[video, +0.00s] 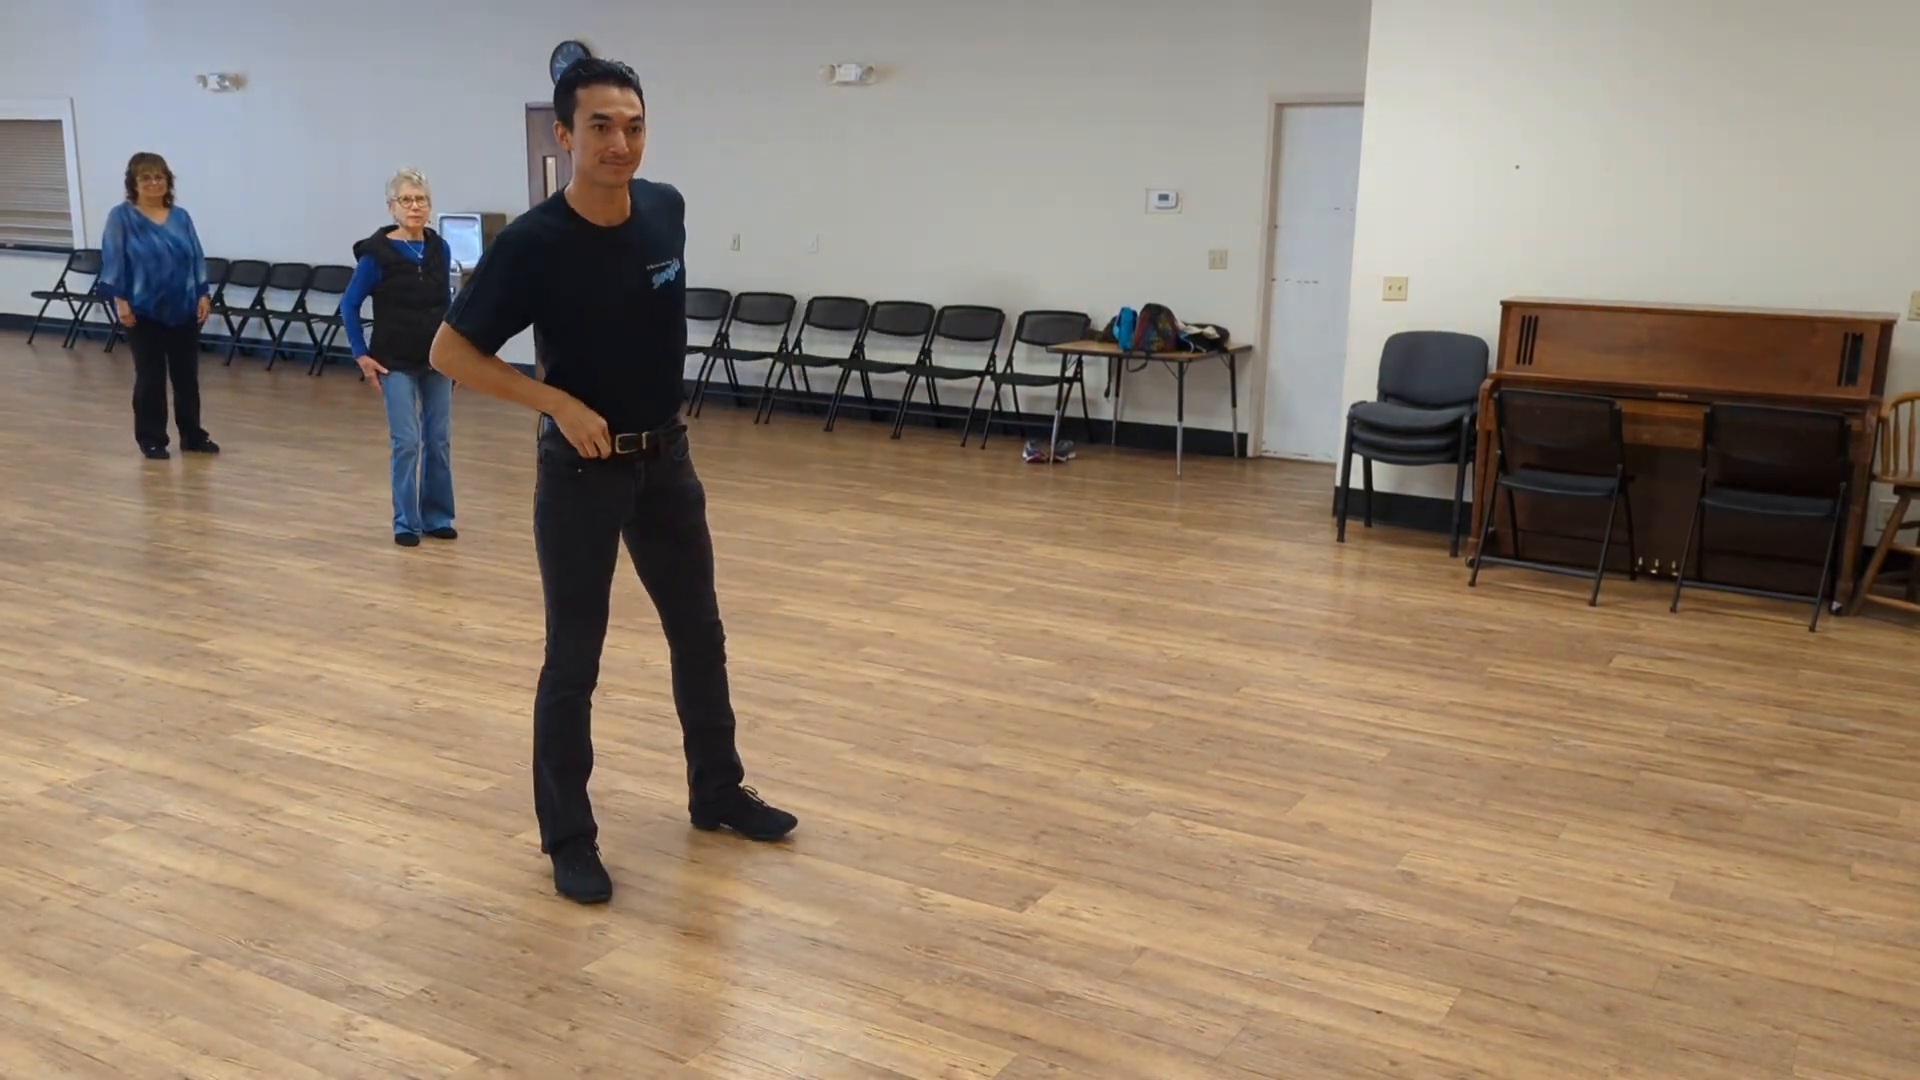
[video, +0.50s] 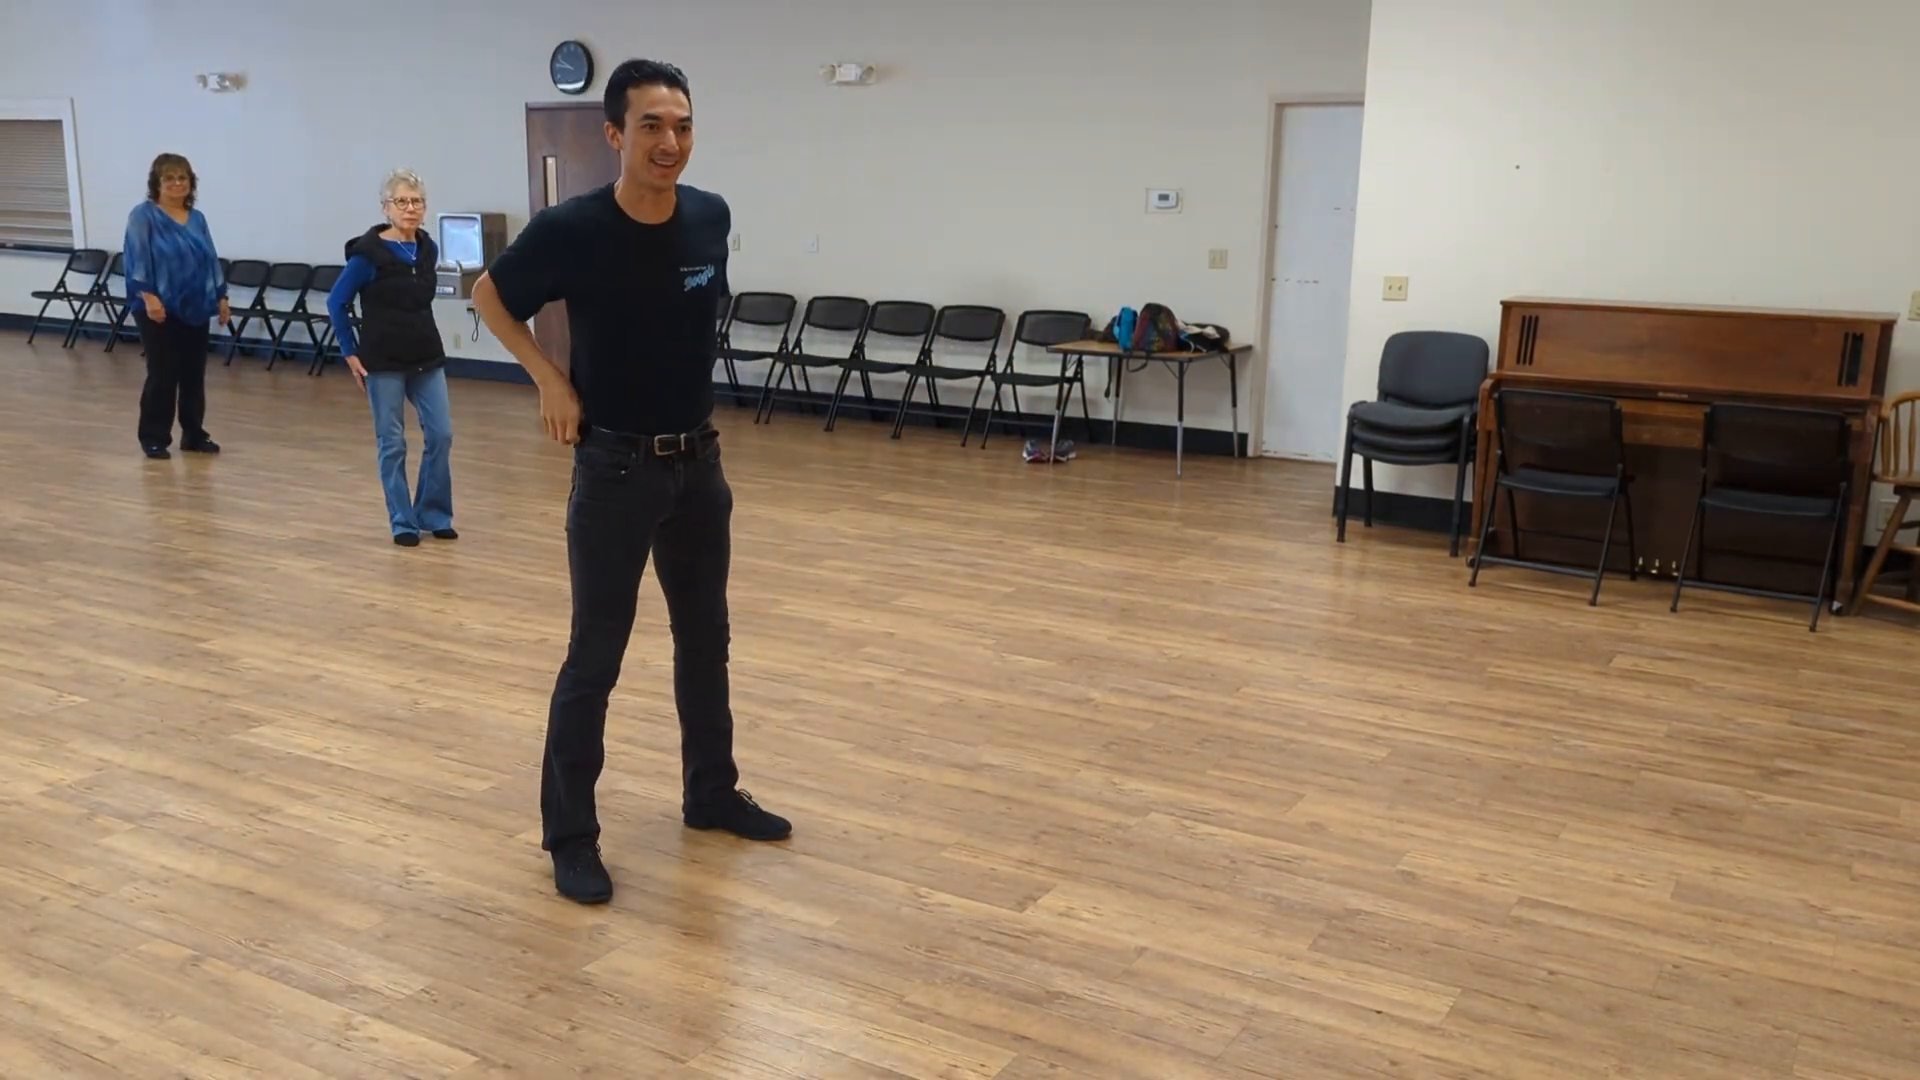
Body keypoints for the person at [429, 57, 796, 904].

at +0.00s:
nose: (619, 142)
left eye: (631, 127)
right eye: (601, 127)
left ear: (645, 133)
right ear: (566, 134)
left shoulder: (665, 209)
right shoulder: (532, 242)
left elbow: (652, 317)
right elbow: (448, 350)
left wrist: (659, 405)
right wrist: (553, 400)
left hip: (663, 462)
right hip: (581, 474)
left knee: (699, 635)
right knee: (573, 662)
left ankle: (718, 793)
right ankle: (569, 842)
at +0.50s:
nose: (671, 141)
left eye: (681, 126)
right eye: (653, 126)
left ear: (694, 136)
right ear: (615, 135)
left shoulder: (708, 217)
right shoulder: (572, 230)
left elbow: (692, 313)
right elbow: (491, 291)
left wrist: (686, 400)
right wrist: (549, 378)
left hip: (696, 466)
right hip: (614, 473)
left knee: (705, 643)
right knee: (594, 661)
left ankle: (711, 794)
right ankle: (571, 839)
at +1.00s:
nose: (690, 143)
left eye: (702, 129)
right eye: (672, 128)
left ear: (713, 139)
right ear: (635, 134)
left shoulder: (723, 223)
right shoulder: (587, 222)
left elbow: (701, 308)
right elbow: (497, 274)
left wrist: (680, 375)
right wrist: (550, 366)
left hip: (698, 466)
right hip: (616, 469)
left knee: (704, 645)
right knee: (591, 660)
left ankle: (710, 794)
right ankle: (571, 838)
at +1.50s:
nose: (741, 149)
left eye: (738, 135)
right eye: (735, 136)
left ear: (689, 143)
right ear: (704, 145)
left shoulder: (704, 229)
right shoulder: (599, 223)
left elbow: (665, 322)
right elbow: (488, 279)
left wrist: (676, 403)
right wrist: (557, 380)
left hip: (698, 471)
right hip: (622, 473)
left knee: (707, 643)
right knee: (600, 660)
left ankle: (711, 793)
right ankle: (571, 838)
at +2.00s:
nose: (739, 148)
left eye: (735, 134)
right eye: (735, 134)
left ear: (677, 141)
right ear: (712, 143)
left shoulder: (672, 225)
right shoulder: (637, 224)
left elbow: (581, 298)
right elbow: (524, 291)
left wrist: (602, 375)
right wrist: (581, 390)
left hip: (693, 475)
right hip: (633, 476)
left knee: (702, 644)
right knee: (611, 660)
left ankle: (709, 794)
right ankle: (572, 838)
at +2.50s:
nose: (701, 176)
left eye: (714, 159)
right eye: (684, 158)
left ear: (724, 157)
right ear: (640, 154)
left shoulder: (719, 237)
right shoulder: (580, 232)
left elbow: (693, 325)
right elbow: (484, 272)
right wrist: (547, 370)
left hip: (693, 474)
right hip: (609, 481)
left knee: (725, 644)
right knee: (593, 664)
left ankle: (715, 791)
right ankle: (572, 840)